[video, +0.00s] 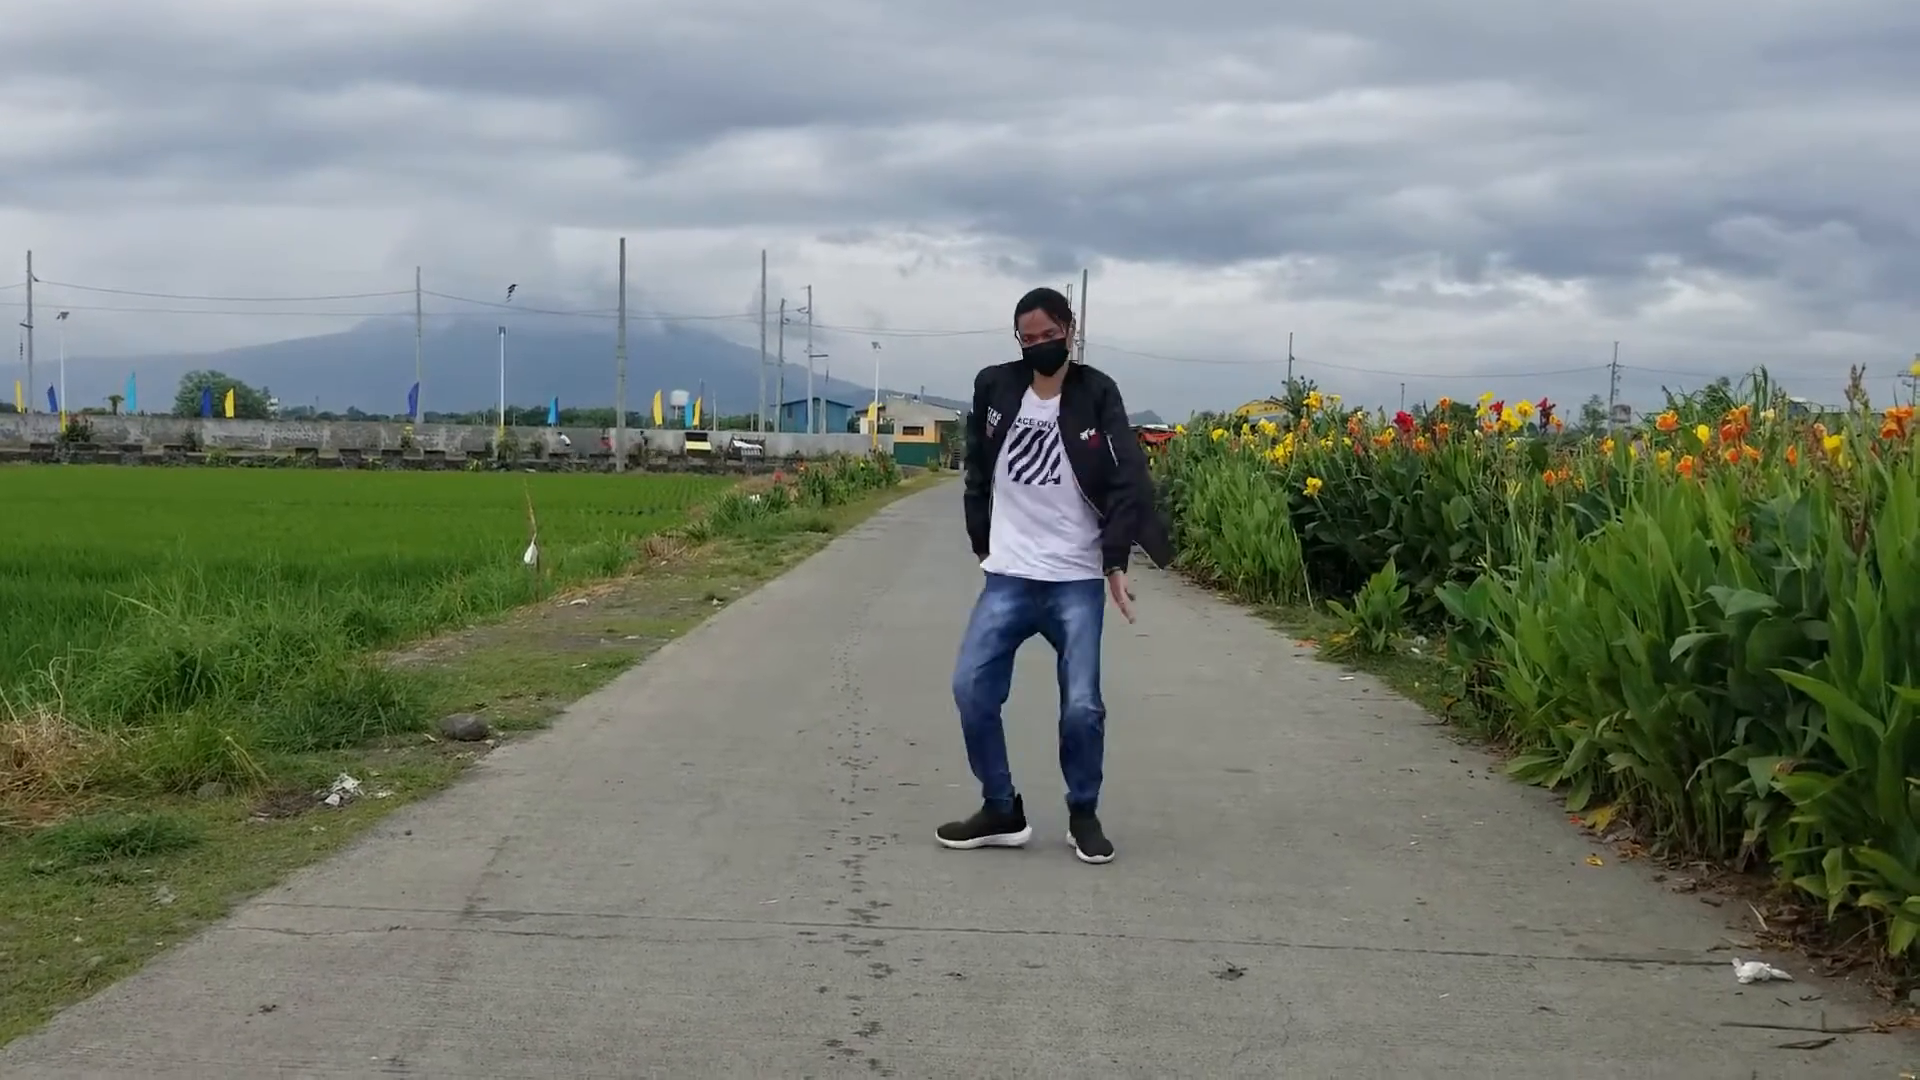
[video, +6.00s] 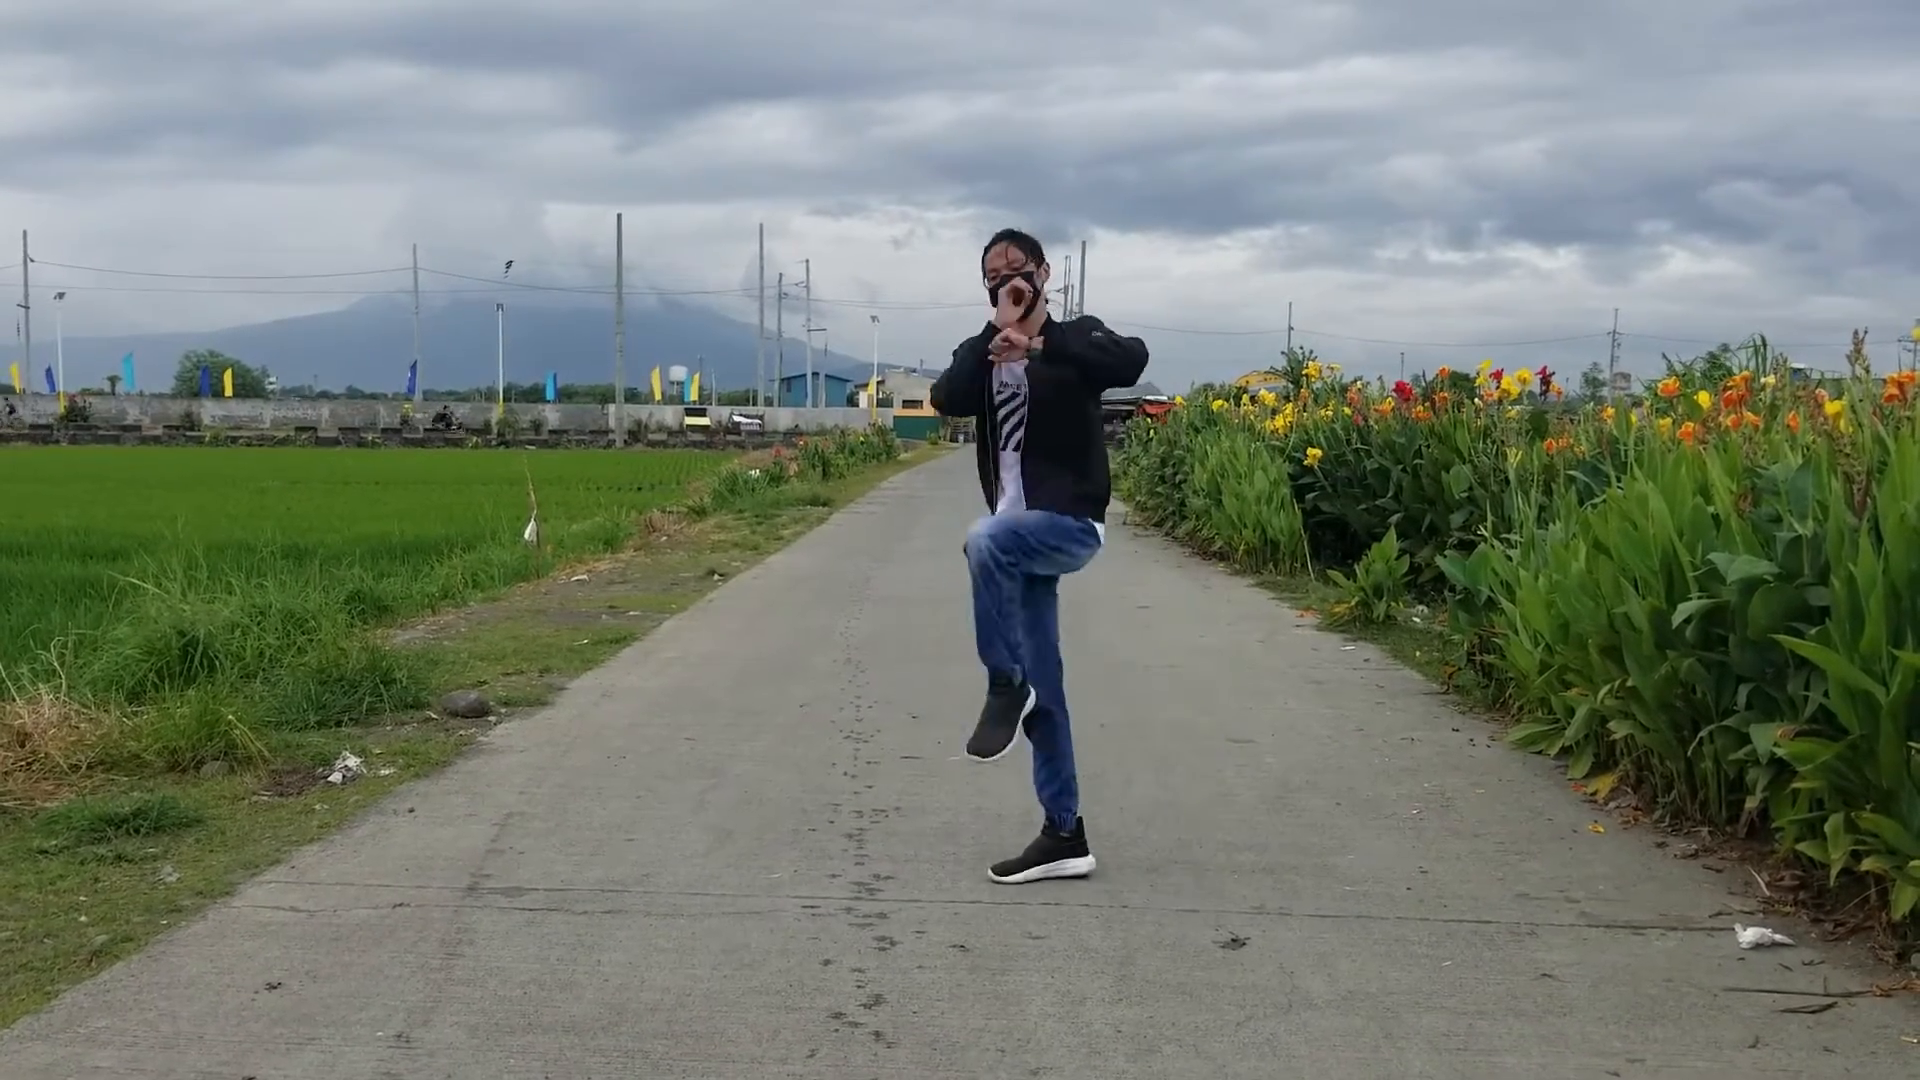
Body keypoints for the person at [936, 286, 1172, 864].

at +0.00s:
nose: (1039, 347)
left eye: (1048, 336)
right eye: (1029, 339)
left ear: (1069, 332)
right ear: (1017, 341)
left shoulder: (1097, 392)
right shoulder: (996, 386)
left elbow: (1129, 479)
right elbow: (977, 470)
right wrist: (984, 546)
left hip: (1077, 576)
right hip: (1008, 572)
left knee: (1082, 706)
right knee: (971, 687)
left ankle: (1084, 814)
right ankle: (1002, 810)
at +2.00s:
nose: (1137, 376)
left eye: (1146, 367)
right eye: (1128, 368)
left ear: (1158, 350)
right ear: (1106, 351)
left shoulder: (1171, 402)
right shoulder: (1067, 391)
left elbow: (1179, 484)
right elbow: (1050, 475)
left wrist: (1196, 491)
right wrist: (1131, 499)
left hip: (1143, 576)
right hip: (1069, 575)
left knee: (1212, 666)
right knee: (1013, 676)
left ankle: (1214, 789)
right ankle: (1043, 790)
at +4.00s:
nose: (928, 324)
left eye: (938, 312)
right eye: (919, 316)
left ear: (967, 311)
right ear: (912, 320)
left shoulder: (1007, 381)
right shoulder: (894, 386)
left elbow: (1019, 466)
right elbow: (873, 476)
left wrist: (1024, 534)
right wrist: (835, 536)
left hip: (985, 544)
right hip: (916, 547)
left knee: (978, 676)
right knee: (919, 673)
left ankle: (945, 739)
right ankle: (948, 781)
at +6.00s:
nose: (1007, 283)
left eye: (1016, 270)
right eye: (996, 277)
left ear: (1042, 273)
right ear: (986, 291)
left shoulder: (1077, 333)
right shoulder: (980, 350)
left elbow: (1131, 361)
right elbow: (949, 400)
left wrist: (1046, 347)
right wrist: (992, 337)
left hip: (1070, 520)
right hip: (1012, 524)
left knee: (987, 540)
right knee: (1040, 685)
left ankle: (1005, 685)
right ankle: (1064, 833)